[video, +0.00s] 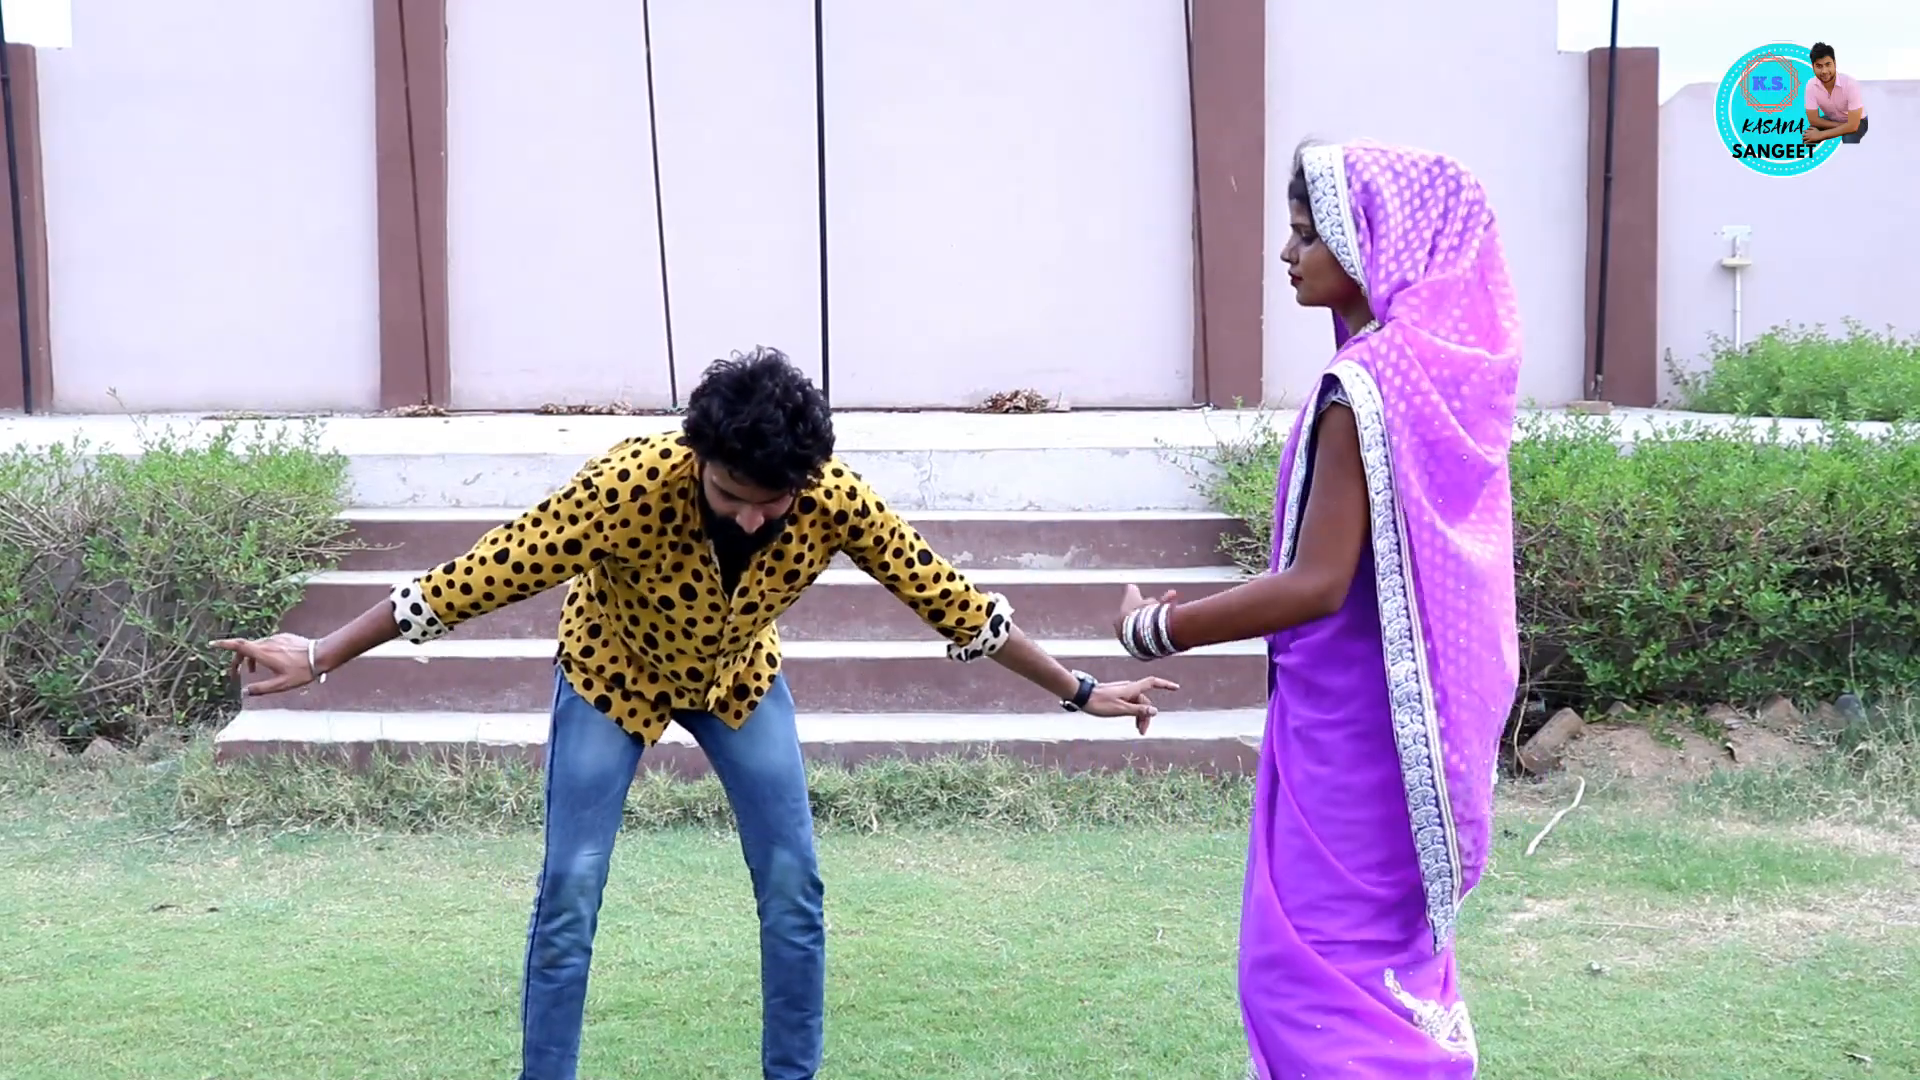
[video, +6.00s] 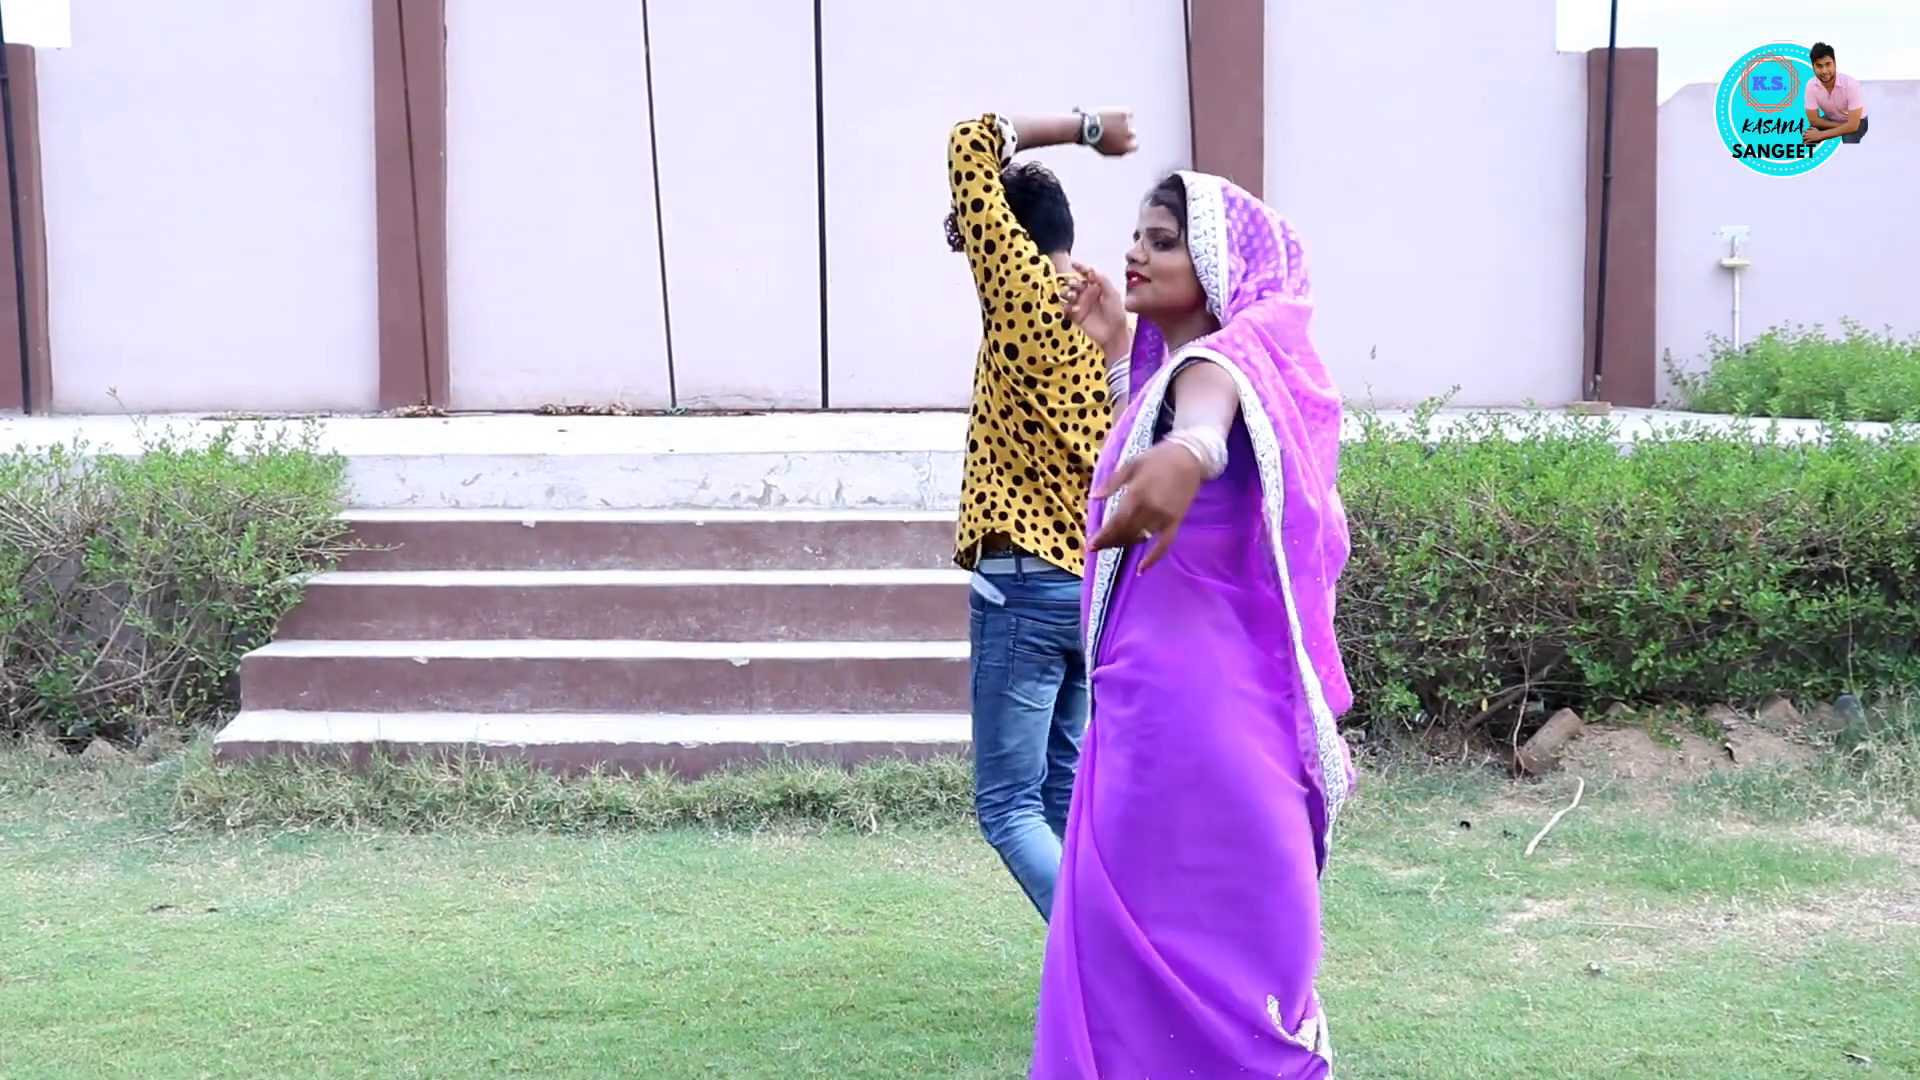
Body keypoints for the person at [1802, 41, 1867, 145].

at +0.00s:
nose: (1824, 71)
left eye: (1828, 65)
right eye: (1819, 66)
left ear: (1835, 64)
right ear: (1813, 67)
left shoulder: (1850, 84)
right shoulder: (1812, 85)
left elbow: (1853, 126)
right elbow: (1813, 120)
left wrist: (1820, 135)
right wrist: (1843, 126)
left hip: (1854, 122)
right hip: (1829, 121)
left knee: (1849, 140)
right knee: (1810, 136)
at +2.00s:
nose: (1824, 71)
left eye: (1828, 65)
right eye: (1819, 66)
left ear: (1835, 64)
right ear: (1813, 67)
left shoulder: (1850, 84)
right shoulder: (1812, 85)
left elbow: (1853, 126)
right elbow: (1813, 120)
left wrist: (1820, 135)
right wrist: (1843, 126)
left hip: (1854, 122)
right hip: (1829, 121)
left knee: (1849, 140)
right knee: (1810, 136)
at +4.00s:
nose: (1824, 71)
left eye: (1828, 65)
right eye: (1819, 66)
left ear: (1835, 63)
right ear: (1813, 67)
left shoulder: (1850, 85)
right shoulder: (1812, 86)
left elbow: (1853, 126)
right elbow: (1813, 120)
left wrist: (1820, 135)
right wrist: (1843, 126)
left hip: (1855, 122)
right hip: (1830, 121)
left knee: (1848, 140)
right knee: (1810, 136)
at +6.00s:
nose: (1824, 71)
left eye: (1828, 65)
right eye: (1819, 66)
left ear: (1835, 63)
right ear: (1813, 67)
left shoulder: (1850, 84)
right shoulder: (1812, 86)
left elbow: (1853, 126)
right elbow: (1813, 120)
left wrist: (1820, 135)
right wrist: (1843, 126)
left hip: (1855, 122)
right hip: (1829, 121)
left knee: (1849, 140)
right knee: (1810, 137)